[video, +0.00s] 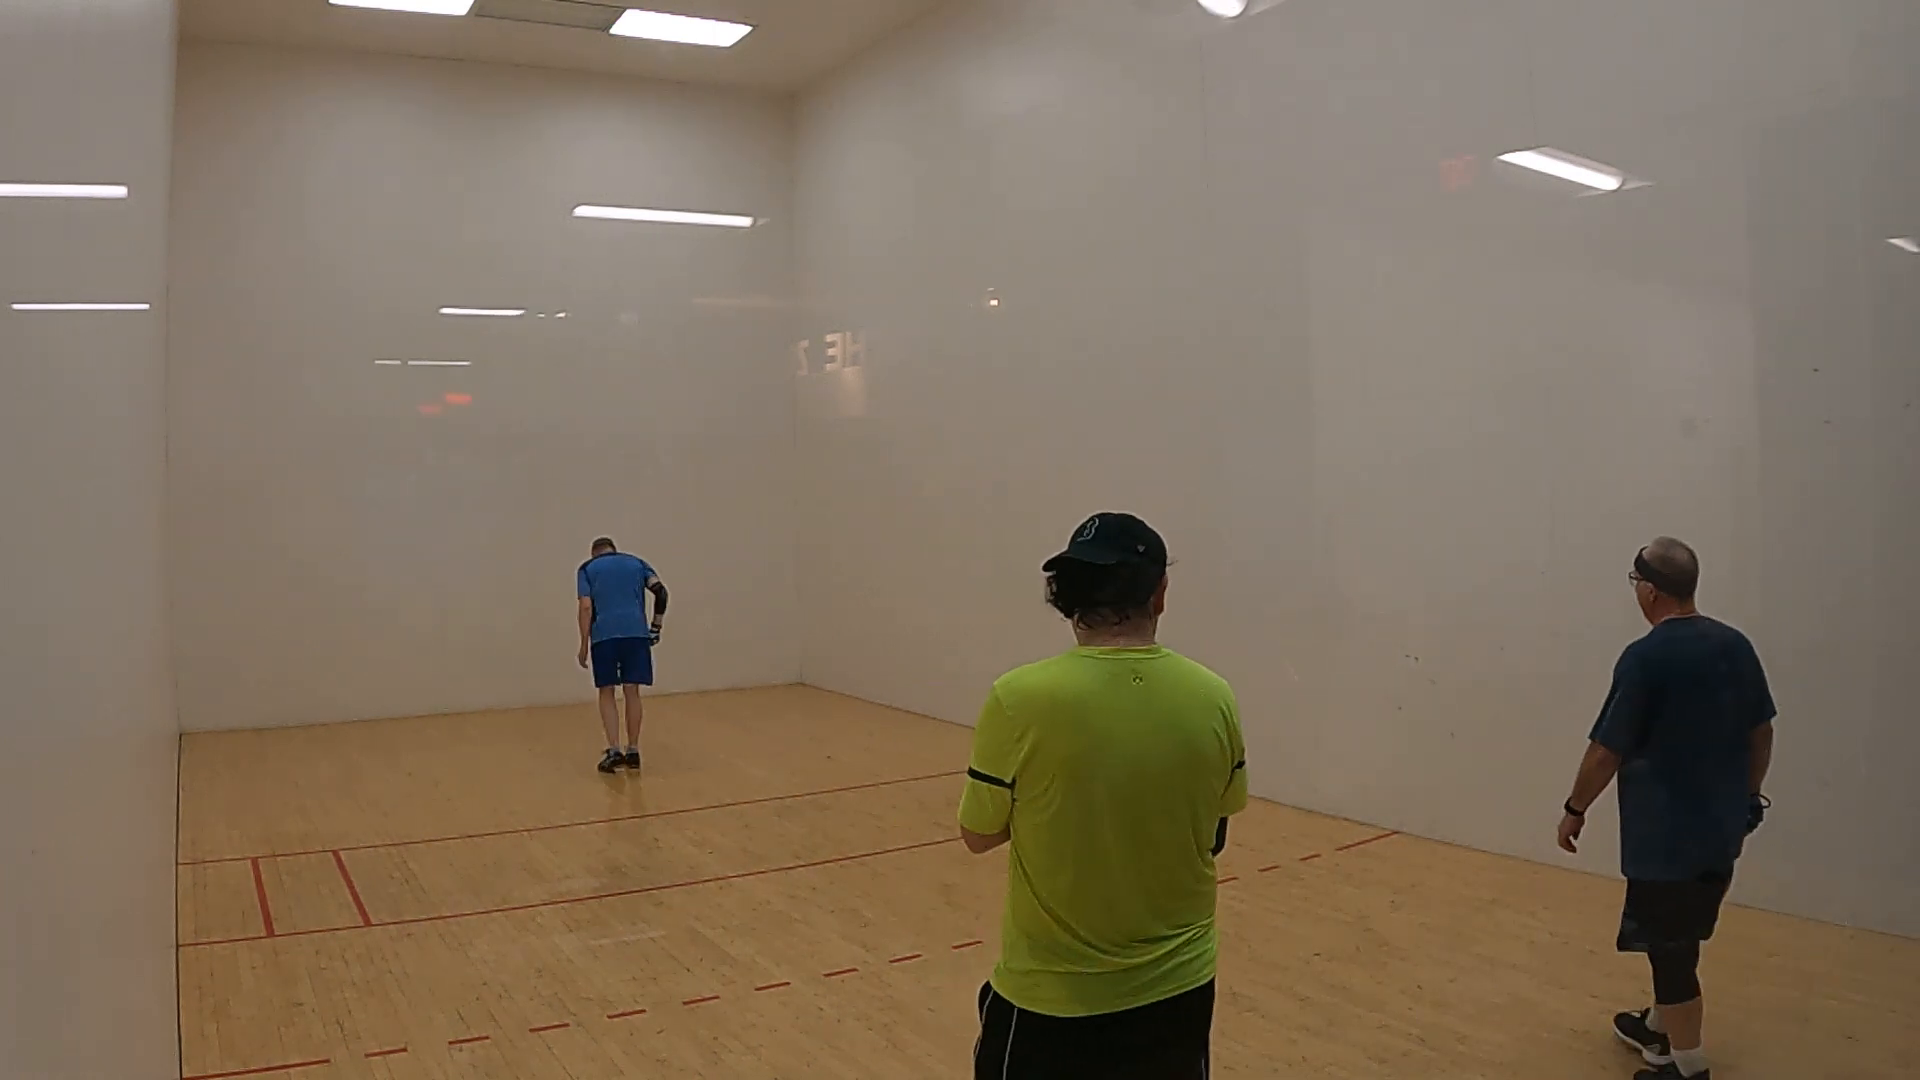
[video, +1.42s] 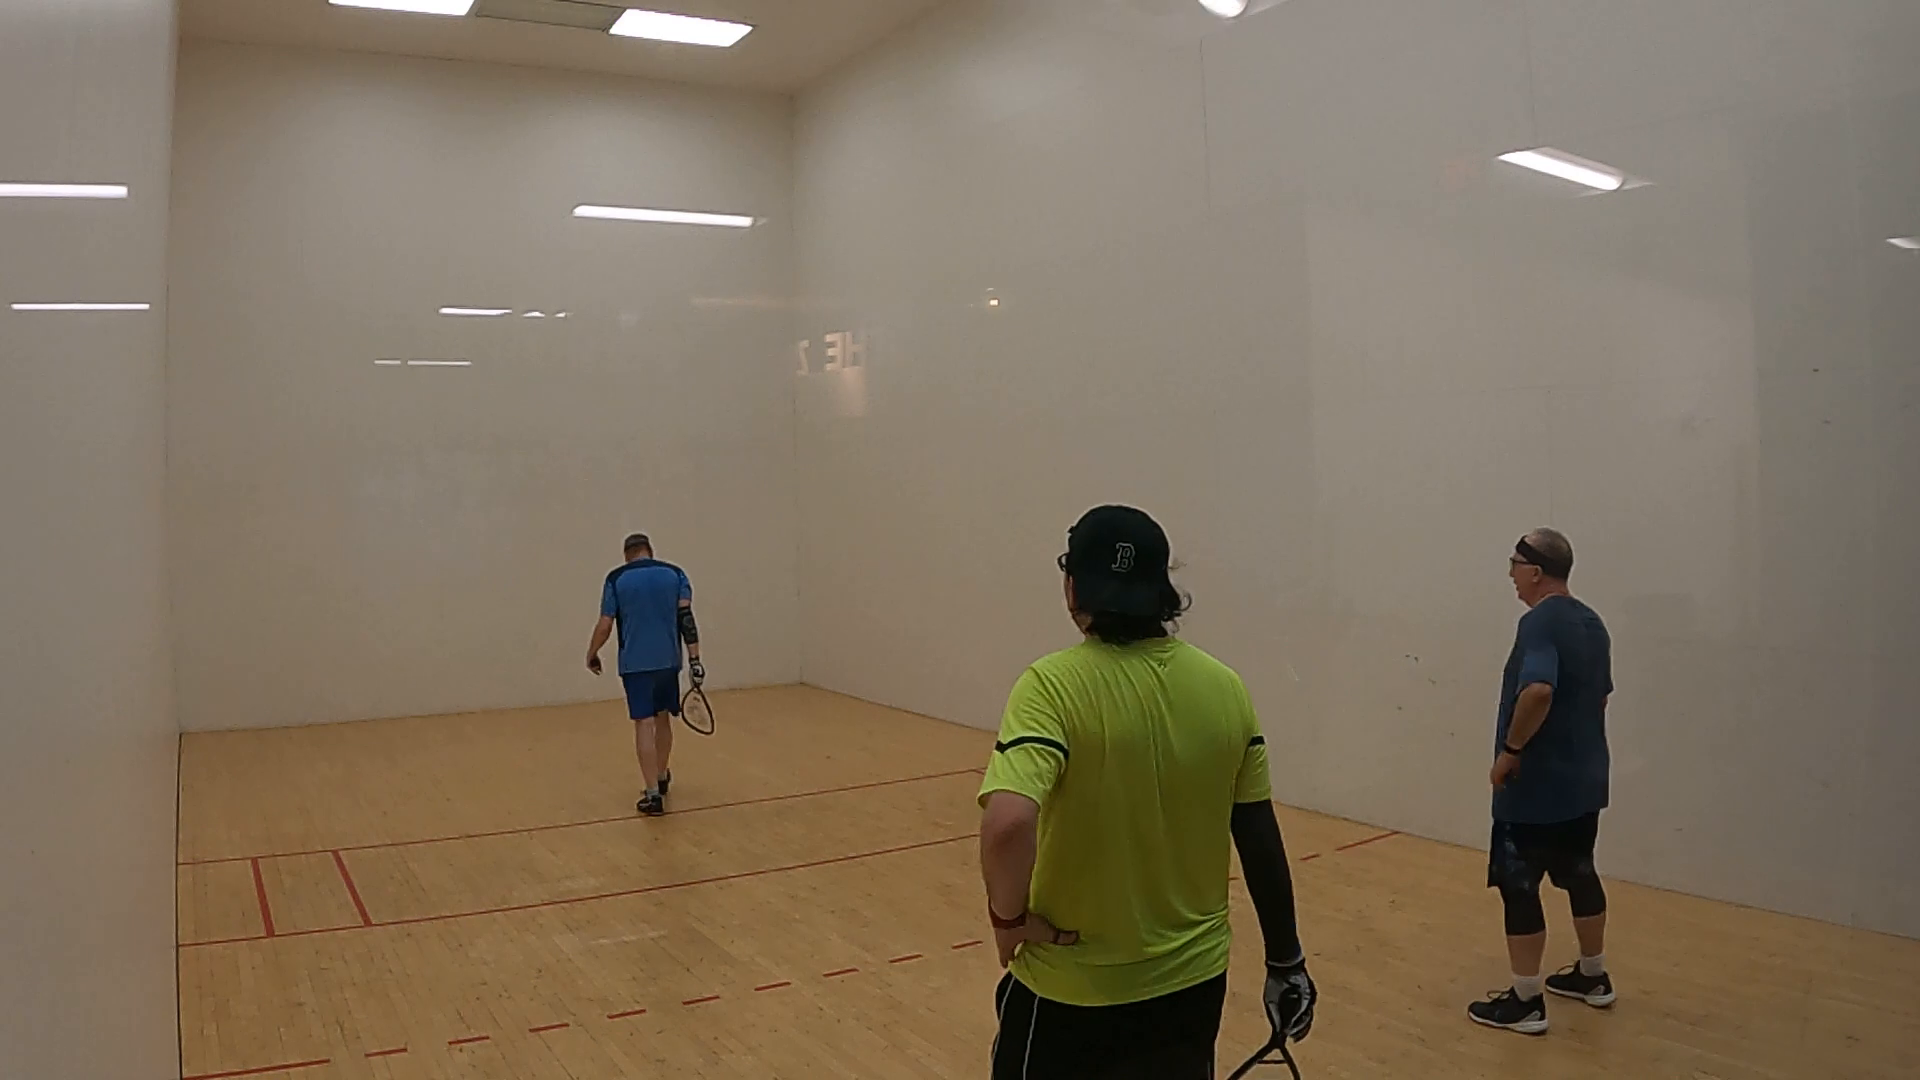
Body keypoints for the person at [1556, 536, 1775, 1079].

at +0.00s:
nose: (1635, 592)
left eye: (1637, 584)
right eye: (1637, 583)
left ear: (1649, 591)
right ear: (1691, 587)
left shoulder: (1644, 657)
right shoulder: (1735, 646)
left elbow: (1607, 750)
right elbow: (1761, 733)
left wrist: (1575, 808)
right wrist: (1748, 801)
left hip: (1662, 835)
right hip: (1721, 829)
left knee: (1672, 947)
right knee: (1677, 931)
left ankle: (1686, 1065)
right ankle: (1662, 1024)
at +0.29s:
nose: (1610, 584)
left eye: (1612, 576)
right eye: (1611, 575)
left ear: (1626, 582)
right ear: (1663, 583)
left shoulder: (1622, 646)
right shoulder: (1699, 643)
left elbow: (1602, 741)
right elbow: (1716, 727)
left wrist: (1579, 811)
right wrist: (1707, 797)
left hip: (1630, 819)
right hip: (1685, 818)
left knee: (1607, 922)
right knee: (1652, 919)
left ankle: (1667, 1045)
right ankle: (1630, 1019)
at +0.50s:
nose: (1584, 579)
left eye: (1587, 571)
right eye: (1586, 570)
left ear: (1602, 577)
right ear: (1636, 578)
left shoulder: (1604, 639)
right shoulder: (1670, 634)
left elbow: (1597, 729)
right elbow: (1683, 716)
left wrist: (1587, 807)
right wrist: (1662, 781)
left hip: (1603, 810)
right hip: (1663, 811)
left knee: (1558, 892)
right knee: (1642, 911)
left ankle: (1594, 1005)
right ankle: (1629, 1025)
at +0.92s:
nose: (1522, 580)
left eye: (1525, 572)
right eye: (1523, 571)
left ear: (1541, 577)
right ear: (1573, 576)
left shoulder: (1539, 640)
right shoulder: (1610, 630)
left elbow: (1525, 732)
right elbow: (1619, 704)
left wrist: (1506, 797)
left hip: (1545, 799)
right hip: (1602, 798)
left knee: (1523, 894)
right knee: (1597, 889)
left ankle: (1525, 1001)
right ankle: (1621, 992)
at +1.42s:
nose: (1511, 572)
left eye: (1516, 564)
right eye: (1513, 563)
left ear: (1537, 571)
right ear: (1558, 572)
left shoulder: (1539, 620)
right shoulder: (1591, 621)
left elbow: (1538, 690)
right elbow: (1601, 695)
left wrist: (1511, 750)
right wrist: (1576, 746)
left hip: (1534, 783)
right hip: (1584, 781)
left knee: (1516, 881)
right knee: (1577, 869)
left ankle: (1525, 999)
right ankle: (1593, 975)